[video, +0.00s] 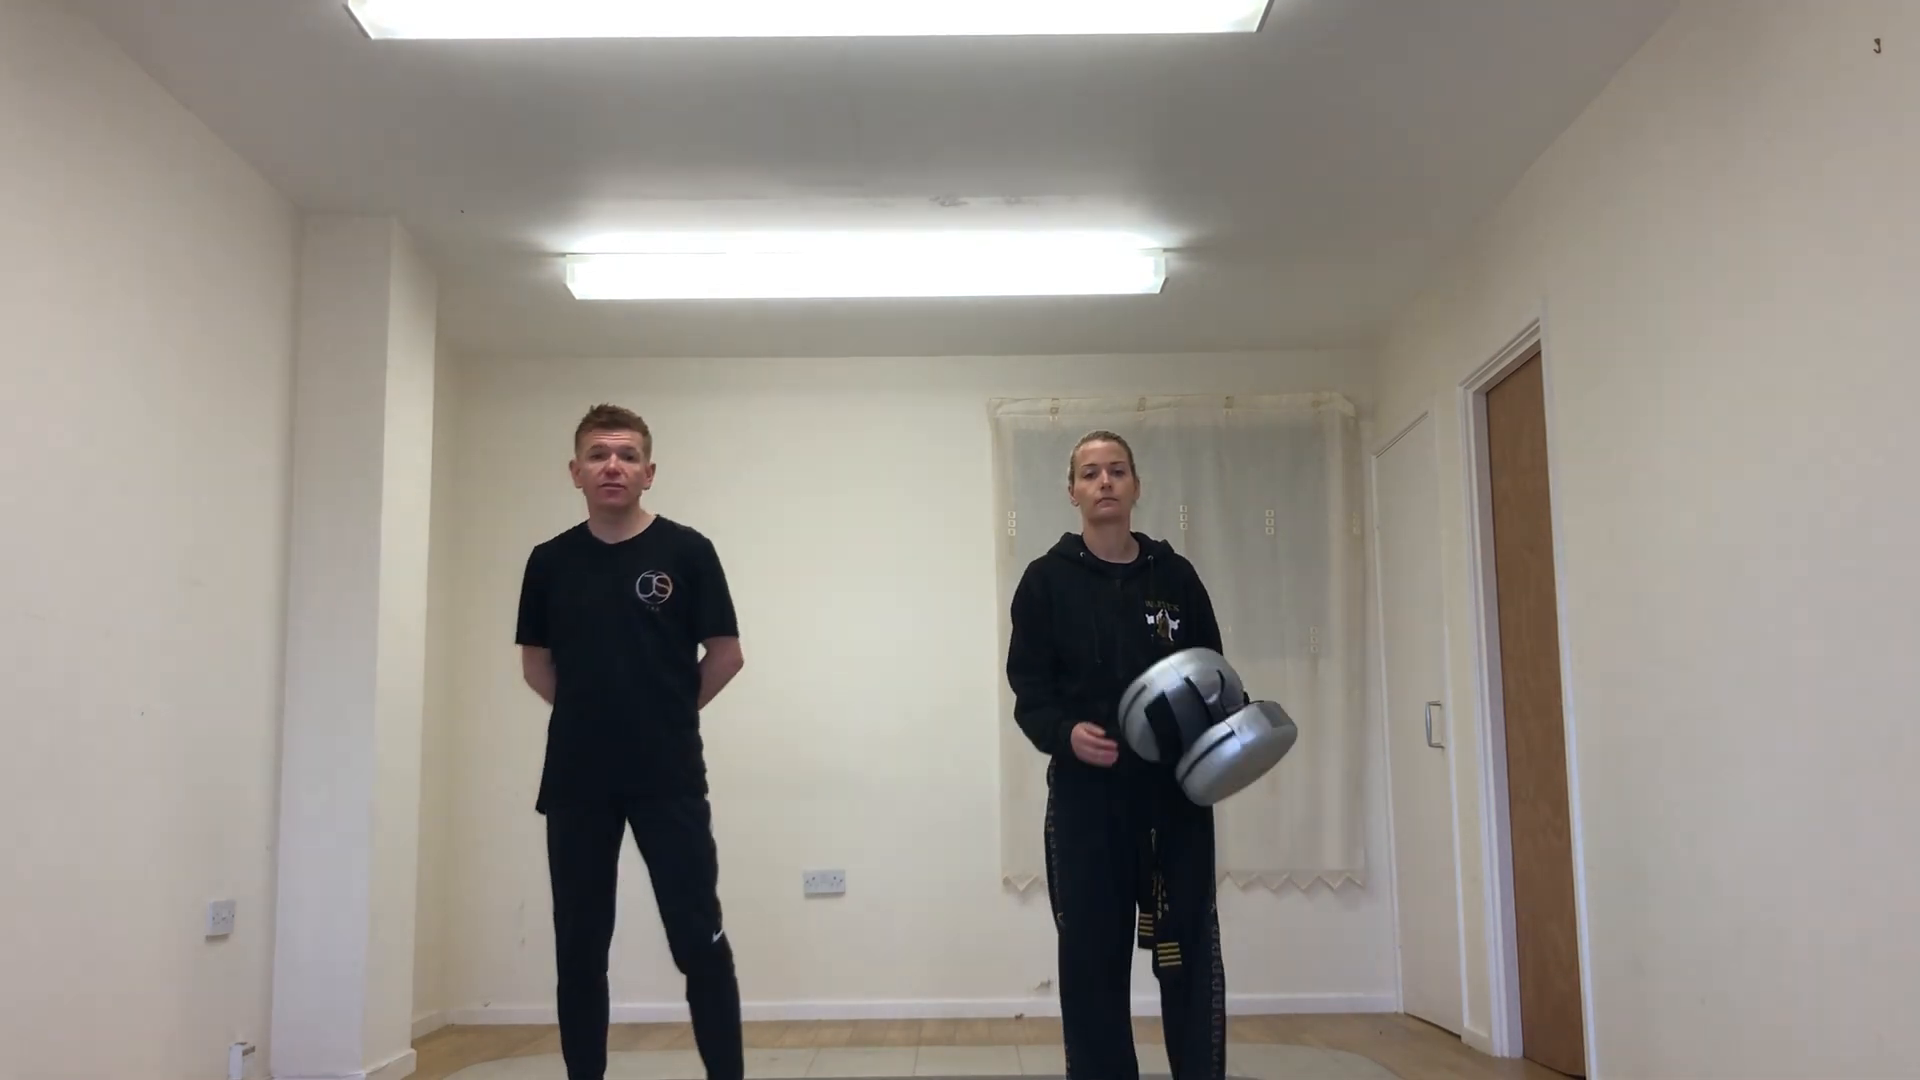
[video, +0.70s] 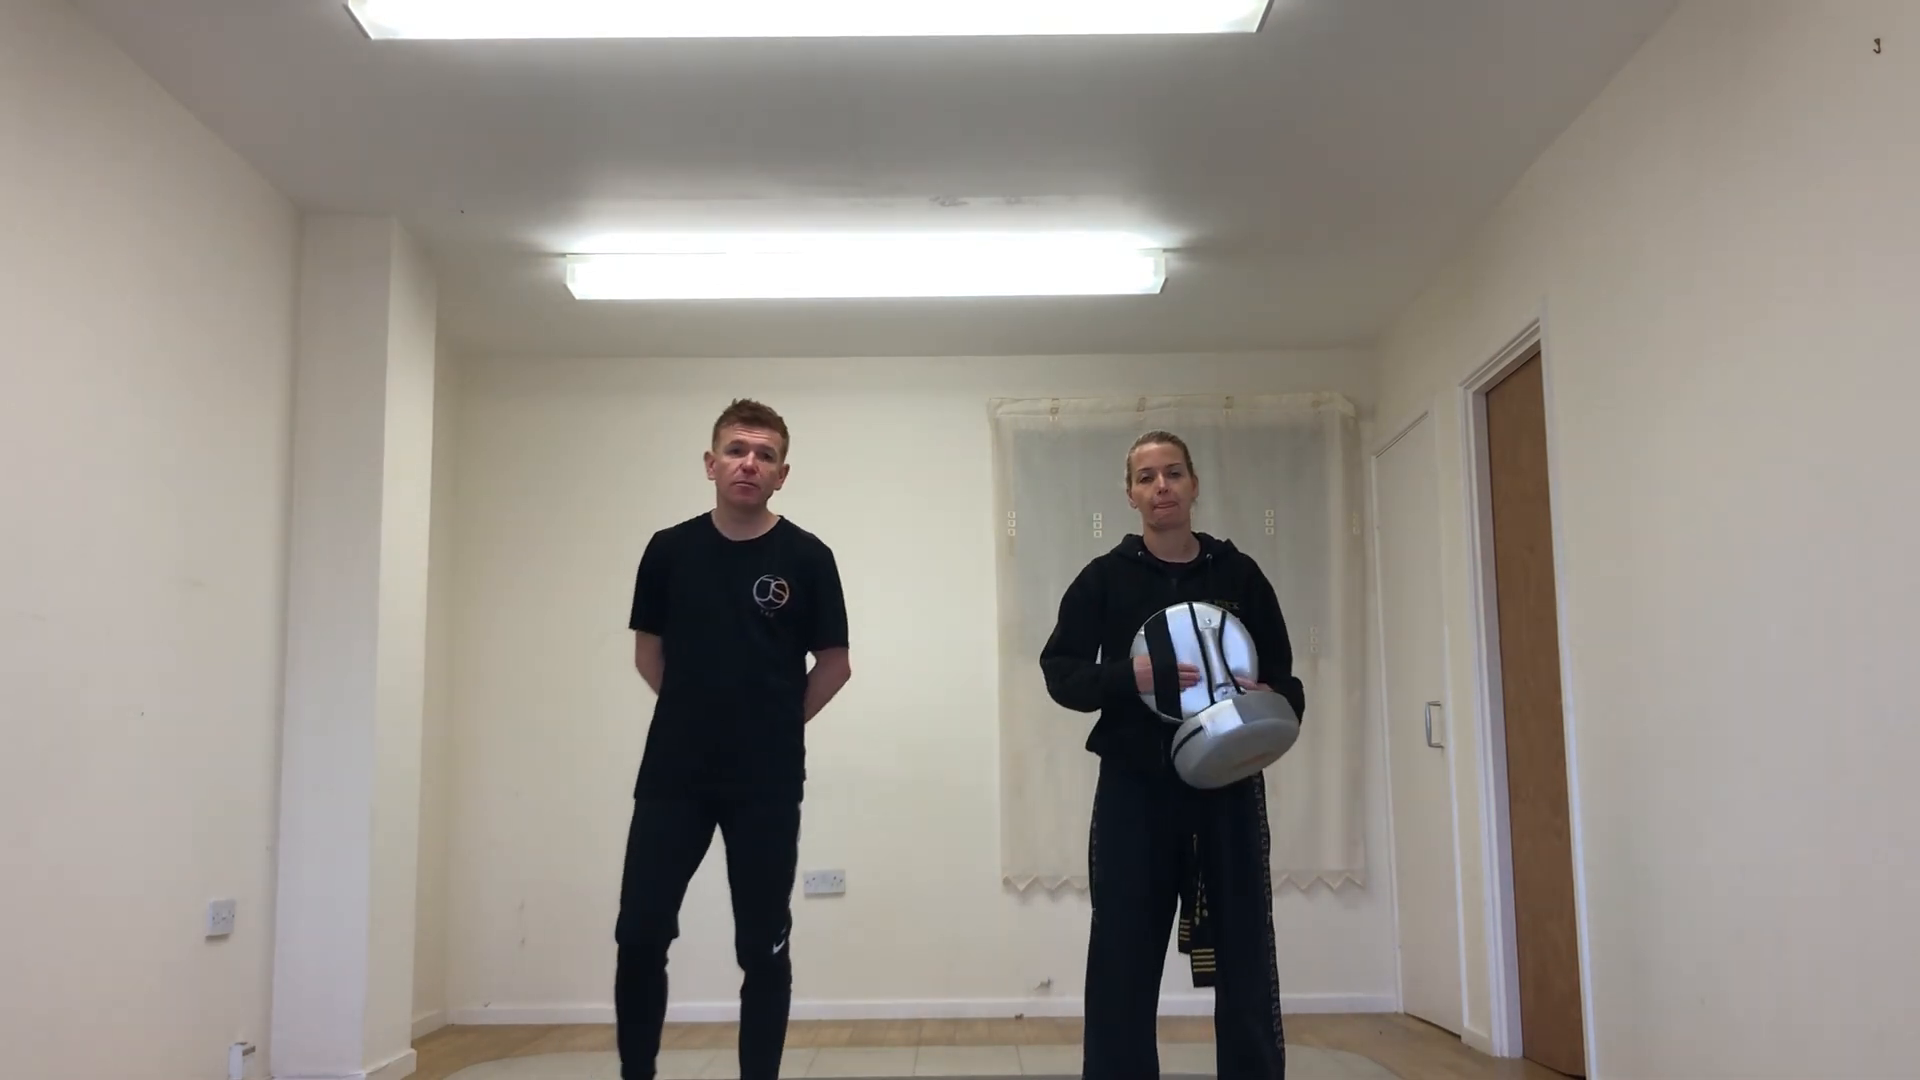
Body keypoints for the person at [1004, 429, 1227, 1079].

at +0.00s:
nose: (1104, 481)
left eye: (1116, 470)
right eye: (1090, 473)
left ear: (1136, 486)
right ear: (1073, 492)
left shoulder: (1175, 573)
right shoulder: (1045, 579)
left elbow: (1209, 672)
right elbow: (1029, 689)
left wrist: (1213, 729)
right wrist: (1064, 732)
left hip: (1175, 788)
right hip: (1087, 792)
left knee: (1191, 952)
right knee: (1092, 959)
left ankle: (1200, 1073)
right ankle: (1101, 1077)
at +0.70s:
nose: (1161, 485)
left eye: (1173, 473)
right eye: (1146, 477)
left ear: (1193, 485)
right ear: (1131, 494)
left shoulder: (1239, 572)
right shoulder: (1103, 579)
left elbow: (1285, 682)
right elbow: (1061, 676)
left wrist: (1264, 694)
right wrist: (1130, 674)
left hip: (1230, 789)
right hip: (1137, 789)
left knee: (1246, 959)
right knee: (1124, 964)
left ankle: (1253, 1074)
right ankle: (1119, 1077)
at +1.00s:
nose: (1171, 486)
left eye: (1183, 474)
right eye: (1157, 477)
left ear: (1203, 487)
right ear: (1140, 494)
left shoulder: (1246, 572)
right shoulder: (1113, 575)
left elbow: (1292, 677)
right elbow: (1080, 666)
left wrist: (1272, 717)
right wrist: (1171, 659)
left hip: (1236, 789)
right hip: (1142, 790)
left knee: (1251, 972)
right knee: (1131, 975)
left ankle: (1257, 1078)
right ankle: (1128, 1079)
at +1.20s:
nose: (1173, 487)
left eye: (1184, 475)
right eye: (1158, 478)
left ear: (1204, 487)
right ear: (1141, 495)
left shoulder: (1246, 573)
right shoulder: (1115, 576)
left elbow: (1286, 673)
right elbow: (1080, 672)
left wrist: (1283, 690)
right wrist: (1158, 662)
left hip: (1237, 788)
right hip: (1144, 787)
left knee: (1251, 965)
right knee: (1132, 968)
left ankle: (1258, 1076)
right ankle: (1127, 1078)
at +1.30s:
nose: (1173, 487)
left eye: (1184, 474)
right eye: (1158, 478)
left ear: (1204, 487)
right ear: (1141, 495)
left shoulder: (1247, 576)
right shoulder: (1111, 580)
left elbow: (1280, 672)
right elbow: (1071, 679)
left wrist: (1292, 693)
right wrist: (1123, 669)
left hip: (1236, 790)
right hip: (1144, 790)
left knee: (1251, 964)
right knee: (1132, 965)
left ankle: (1258, 1077)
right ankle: (1127, 1078)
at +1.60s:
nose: (1171, 489)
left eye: (1182, 476)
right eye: (1156, 480)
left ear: (1202, 488)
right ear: (1138, 496)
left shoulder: (1243, 574)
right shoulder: (1107, 582)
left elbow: (1312, 670)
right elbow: (1055, 668)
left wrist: (1329, 664)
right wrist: (1094, 696)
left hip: (1232, 792)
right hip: (1138, 797)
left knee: (1250, 970)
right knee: (1131, 975)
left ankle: (1258, 1077)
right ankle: (1128, 1079)